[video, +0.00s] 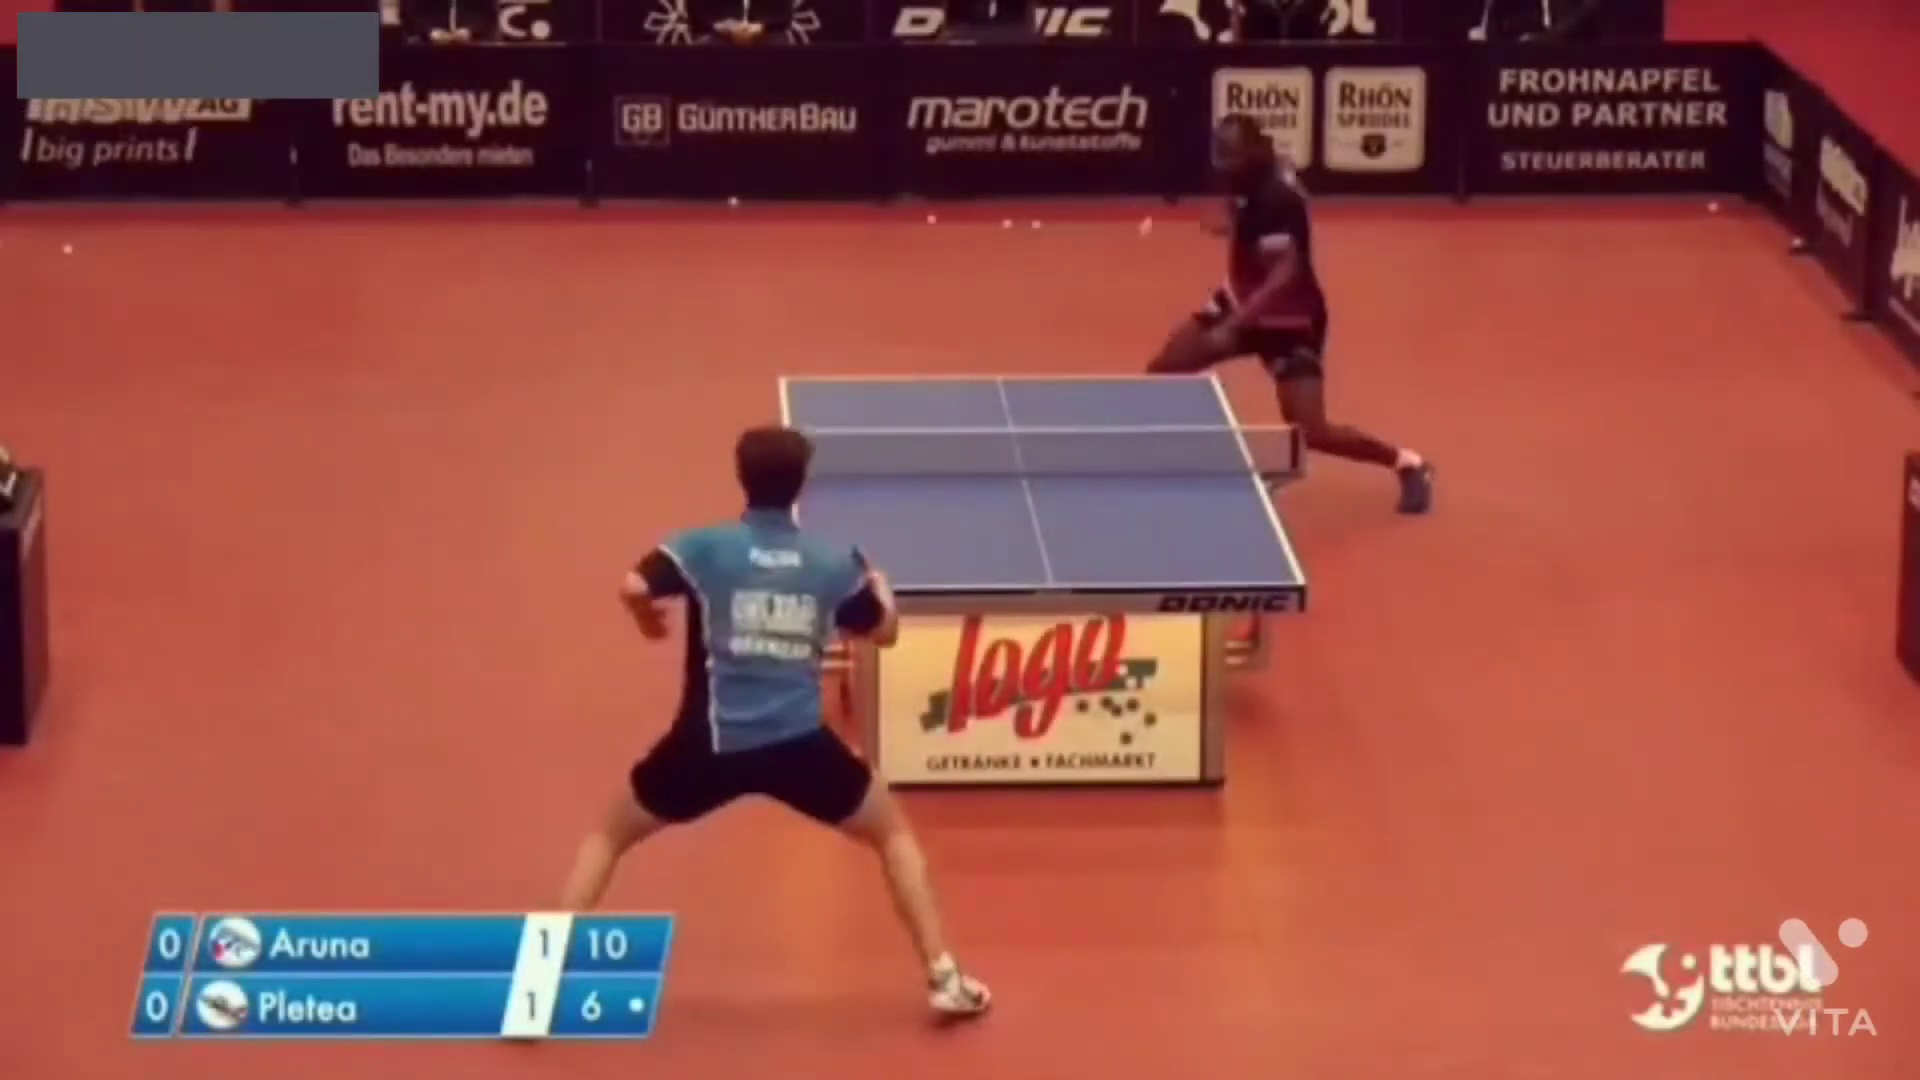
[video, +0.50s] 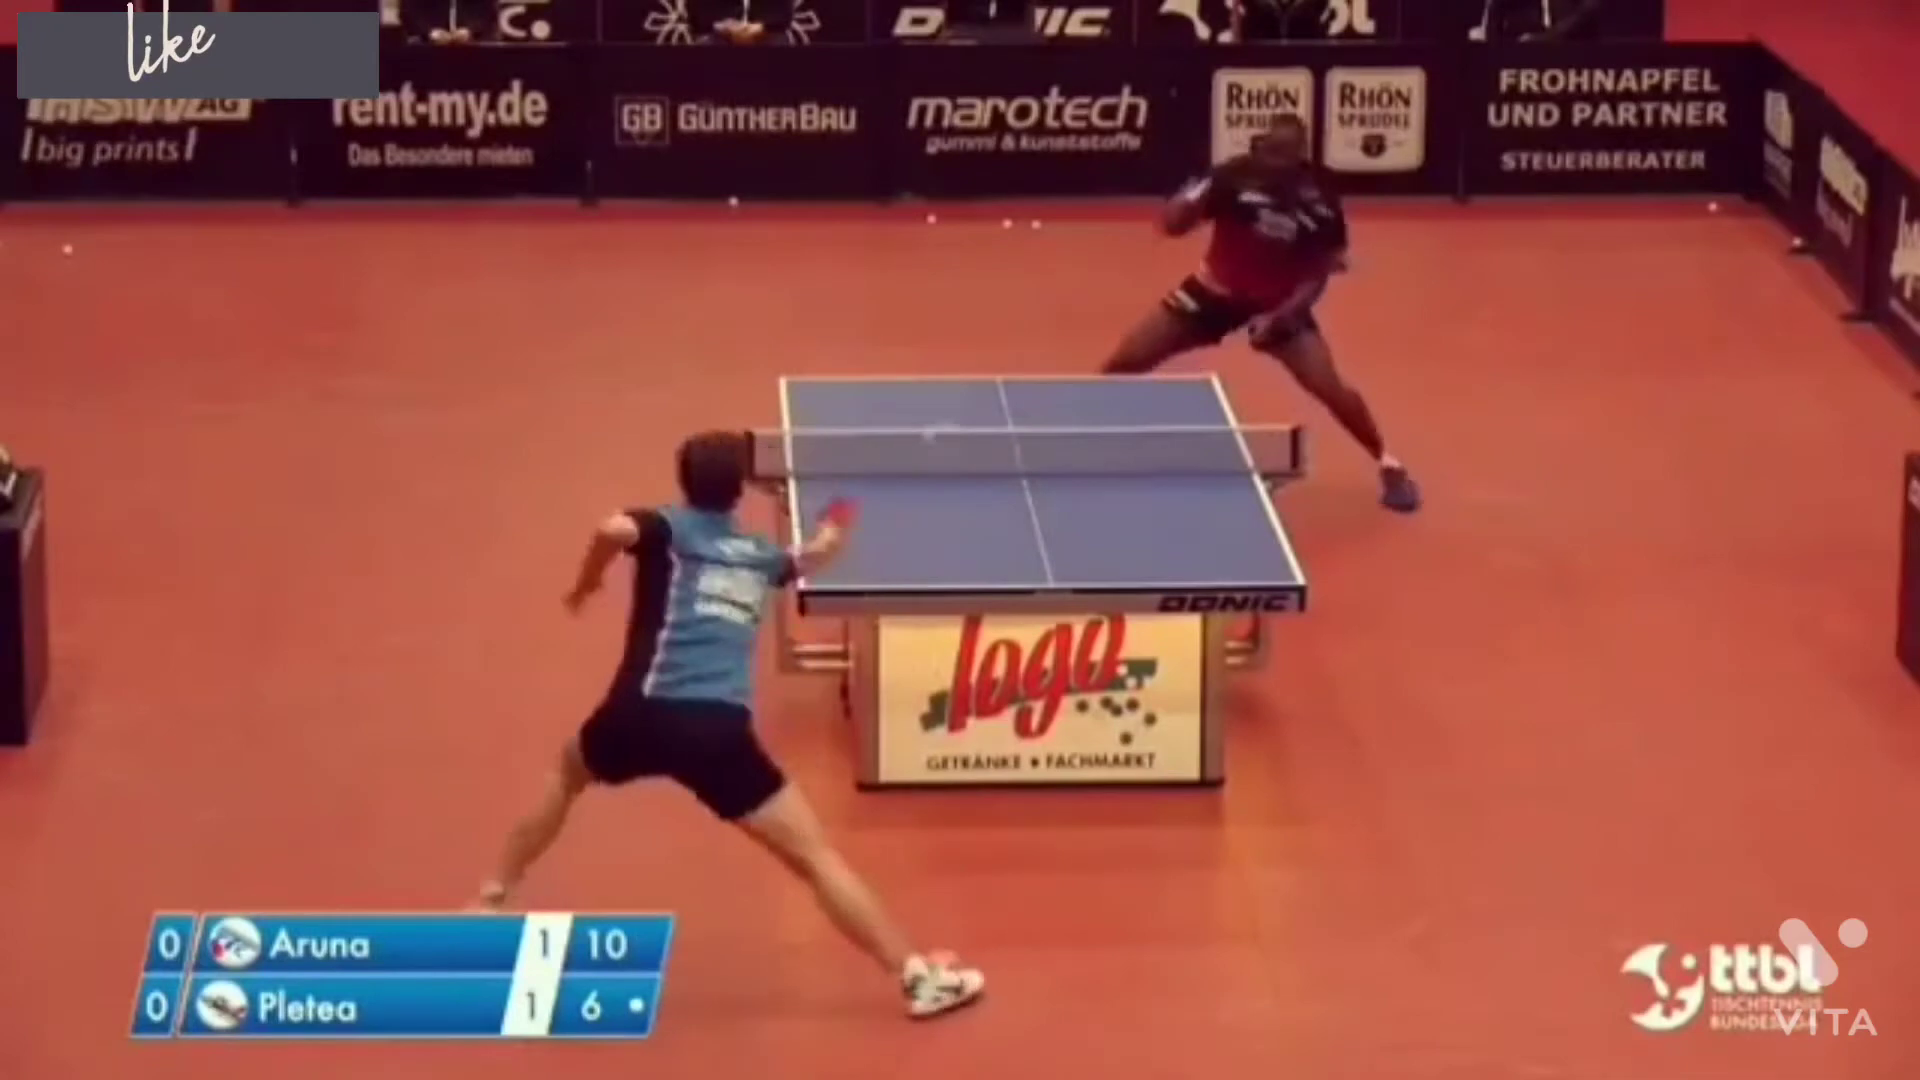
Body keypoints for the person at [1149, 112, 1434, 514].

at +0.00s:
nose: (1221, 157)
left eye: (1229, 149)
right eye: (1219, 148)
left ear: (1257, 149)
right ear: (1226, 150)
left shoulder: (1276, 196)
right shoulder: (1249, 186)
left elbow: (1286, 272)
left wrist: (1233, 322)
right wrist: (1231, 227)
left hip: (1290, 324)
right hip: (1245, 312)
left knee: (1310, 430)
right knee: (1161, 373)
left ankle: (1407, 464)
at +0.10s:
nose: (1288, 164)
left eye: (1295, 157)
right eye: (1287, 158)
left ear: (1319, 158)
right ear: (1294, 161)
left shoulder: (1337, 210)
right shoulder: (1293, 189)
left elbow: (1294, 278)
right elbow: (1266, 199)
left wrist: (1214, 282)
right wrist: (1253, 181)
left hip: (1302, 327)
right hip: (1255, 308)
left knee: (1322, 430)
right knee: (1165, 363)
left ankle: (1415, 465)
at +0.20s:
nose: (1332, 185)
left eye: (1344, 179)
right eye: (1331, 175)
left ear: (1361, 189)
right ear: (1326, 171)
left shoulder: (1363, 249)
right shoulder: (1309, 177)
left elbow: (1305, 292)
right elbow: (1264, 140)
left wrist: (1251, 260)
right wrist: (1320, 120)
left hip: (1309, 335)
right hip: (1252, 311)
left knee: (1335, 429)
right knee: (1158, 369)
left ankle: (1418, 467)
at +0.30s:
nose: (1349, 183)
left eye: (1360, 178)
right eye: (1347, 174)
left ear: (1373, 189)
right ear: (1340, 174)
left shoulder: (1374, 246)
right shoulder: (1317, 188)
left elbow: (1353, 312)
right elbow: (1276, 143)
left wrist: (1271, 314)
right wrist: (1345, 152)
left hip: (1314, 333)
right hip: (1256, 315)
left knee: (1343, 413)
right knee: (1183, 374)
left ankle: (1417, 473)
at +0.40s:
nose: (1330, 187)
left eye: (1340, 180)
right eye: (1325, 177)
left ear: (1358, 187)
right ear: (1315, 174)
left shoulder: (1362, 234)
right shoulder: (1292, 196)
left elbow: (1348, 303)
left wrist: (1270, 324)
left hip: (1305, 326)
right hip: (1241, 312)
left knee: (1340, 404)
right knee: (1170, 375)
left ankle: (1417, 473)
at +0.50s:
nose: (1271, 158)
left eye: (1281, 152)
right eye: (1267, 149)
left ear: (1301, 156)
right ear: (1257, 147)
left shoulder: (1319, 199)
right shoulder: (1233, 177)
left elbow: (1321, 274)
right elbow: (1172, 224)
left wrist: (1278, 318)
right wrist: (1196, 197)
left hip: (1280, 306)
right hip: (1214, 294)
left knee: (1329, 388)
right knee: (1124, 362)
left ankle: (1386, 463)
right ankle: (1082, 449)